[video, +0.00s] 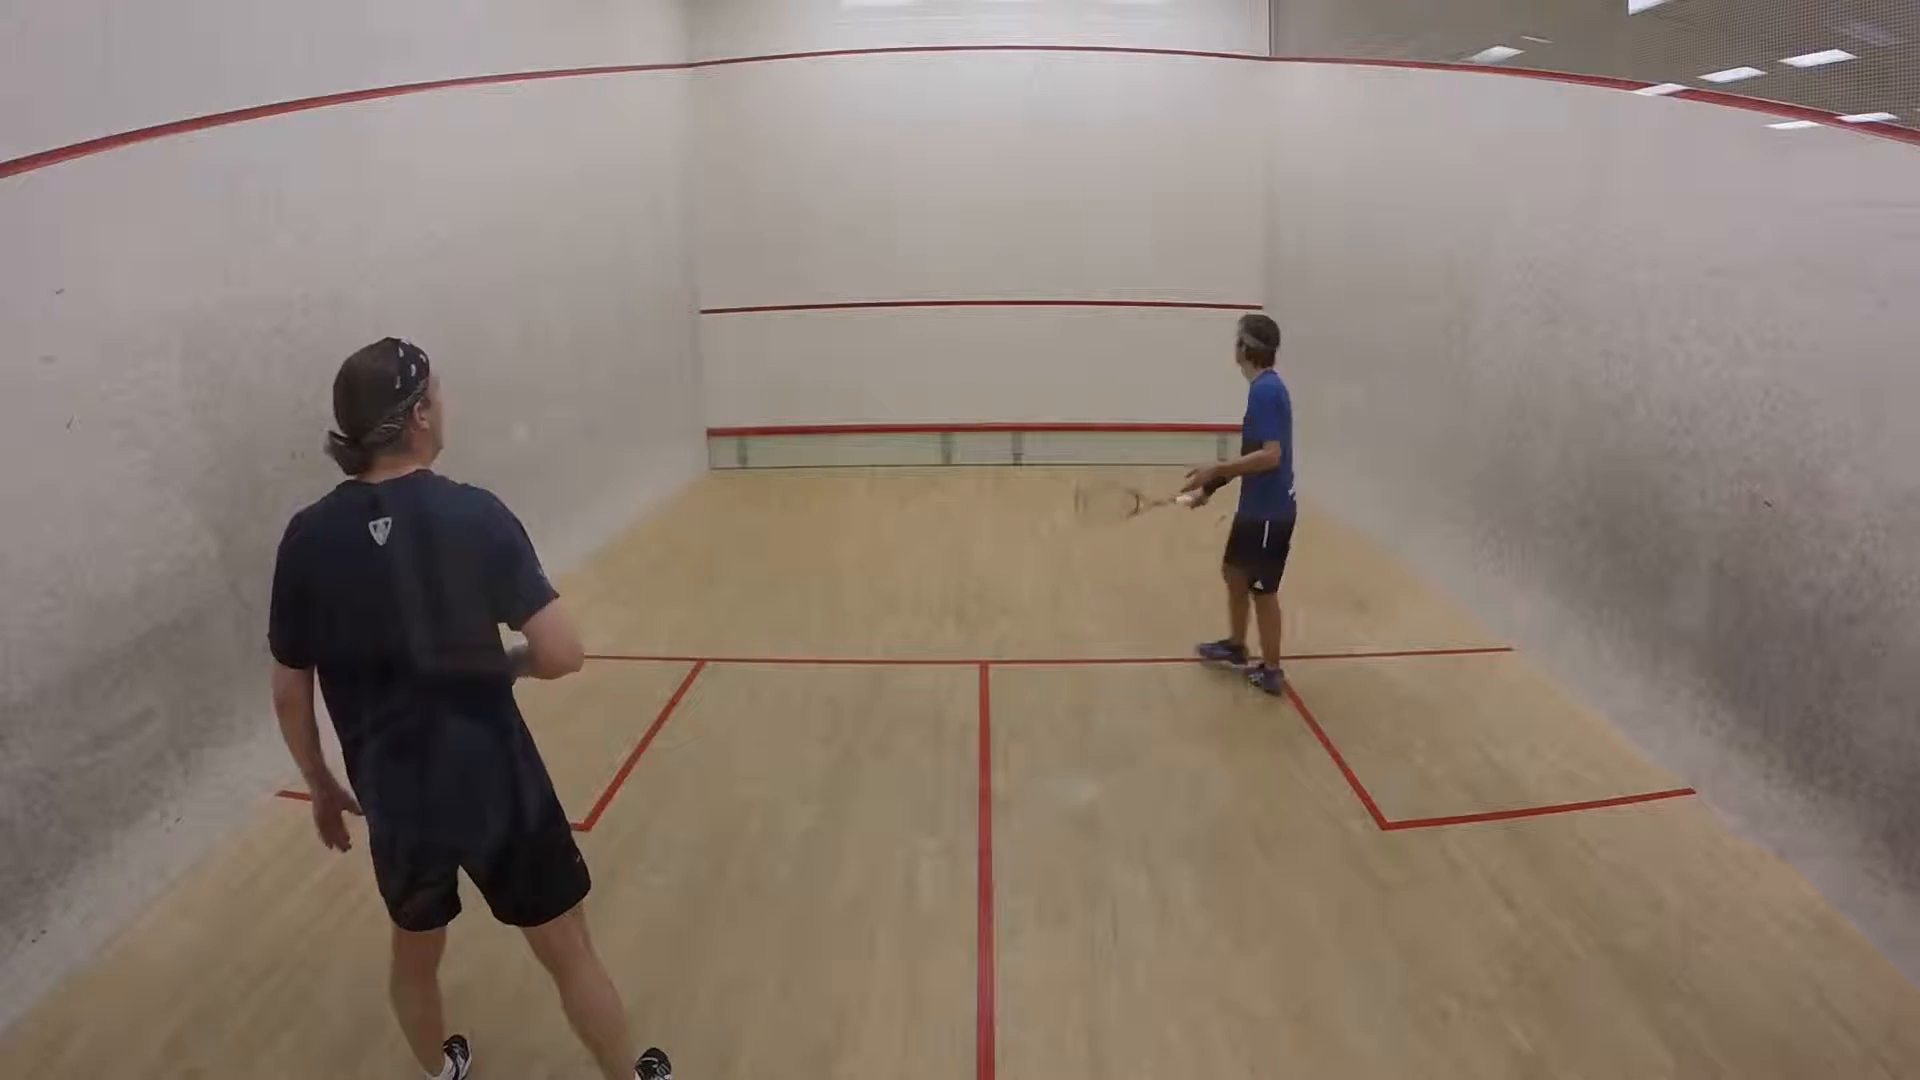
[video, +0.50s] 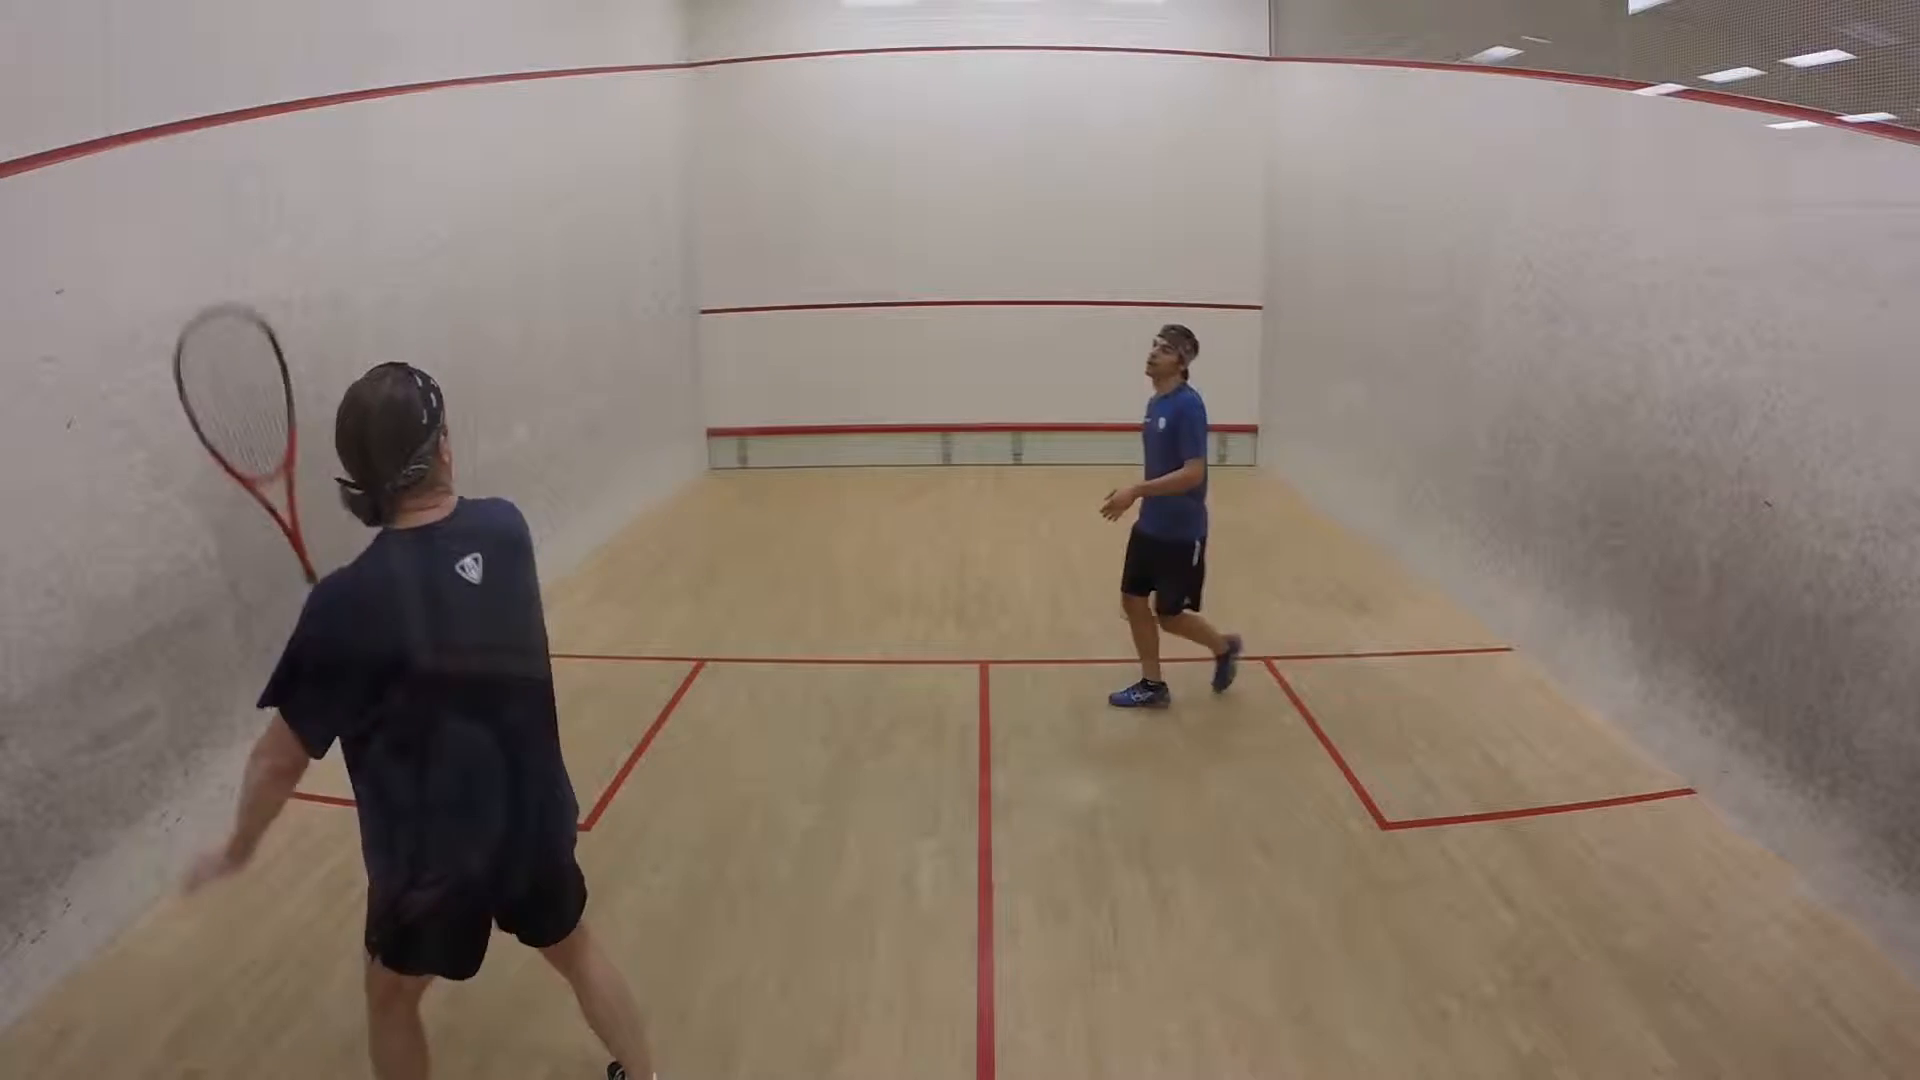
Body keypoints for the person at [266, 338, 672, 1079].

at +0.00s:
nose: (443, 408)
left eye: (436, 395)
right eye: (437, 398)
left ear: (351, 427)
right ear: (419, 419)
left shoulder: (308, 537)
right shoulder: (473, 513)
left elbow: (290, 691)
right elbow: (562, 654)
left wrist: (322, 785)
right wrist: (506, 659)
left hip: (393, 791)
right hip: (496, 776)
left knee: (415, 950)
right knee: (568, 951)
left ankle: (438, 1068)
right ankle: (630, 1072)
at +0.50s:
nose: (453, 440)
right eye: (448, 430)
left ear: (356, 477)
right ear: (444, 452)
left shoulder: (346, 602)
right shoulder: (505, 531)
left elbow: (280, 756)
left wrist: (238, 847)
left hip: (424, 858)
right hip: (531, 825)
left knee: (394, 1003)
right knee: (580, 953)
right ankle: (641, 1070)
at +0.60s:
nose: (445, 434)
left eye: (436, 421)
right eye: (439, 427)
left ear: (347, 487)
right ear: (437, 453)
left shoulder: (353, 621)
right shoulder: (487, 528)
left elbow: (260, 730)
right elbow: (411, 591)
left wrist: (199, 771)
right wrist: (315, 593)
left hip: (421, 863)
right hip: (520, 830)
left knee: (364, 1017)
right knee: (564, 953)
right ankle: (637, 1069)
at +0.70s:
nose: (427, 448)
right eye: (419, 439)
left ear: (325, 498)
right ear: (416, 465)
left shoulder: (355, 637)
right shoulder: (456, 530)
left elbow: (251, 707)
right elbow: (352, 578)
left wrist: (188, 699)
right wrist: (266, 583)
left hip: (405, 879)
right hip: (499, 836)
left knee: (343, 1057)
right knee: (553, 966)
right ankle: (634, 1069)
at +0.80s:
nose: (386, 463)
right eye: (382, 458)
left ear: (280, 518)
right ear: (380, 483)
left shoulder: (333, 660)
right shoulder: (422, 557)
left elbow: (213, 717)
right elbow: (301, 595)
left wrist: (185, 648)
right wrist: (229, 611)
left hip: (377, 903)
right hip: (466, 856)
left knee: (339, 1061)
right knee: (533, 983)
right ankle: (634, 1072)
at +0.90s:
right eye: (345, 476)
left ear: (245, 561)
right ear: (345, 506)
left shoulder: (290, 701)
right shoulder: (391, 587)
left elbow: (257, 800)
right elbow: (266, 631)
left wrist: (196, 740)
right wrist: (180, 666)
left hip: (342, 931)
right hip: (435, 882)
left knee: (323, 1055)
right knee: (520, 1006)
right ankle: (617, 1070)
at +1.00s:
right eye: (314, 484)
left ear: (208, 551)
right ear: (317, 505)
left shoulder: (220, 695)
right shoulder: (398, 605)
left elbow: (204, 822)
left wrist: (177, 709)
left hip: (299, 960)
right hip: (420, 919)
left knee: (284, 1064)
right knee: (533, 1020)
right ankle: (618, 1072)